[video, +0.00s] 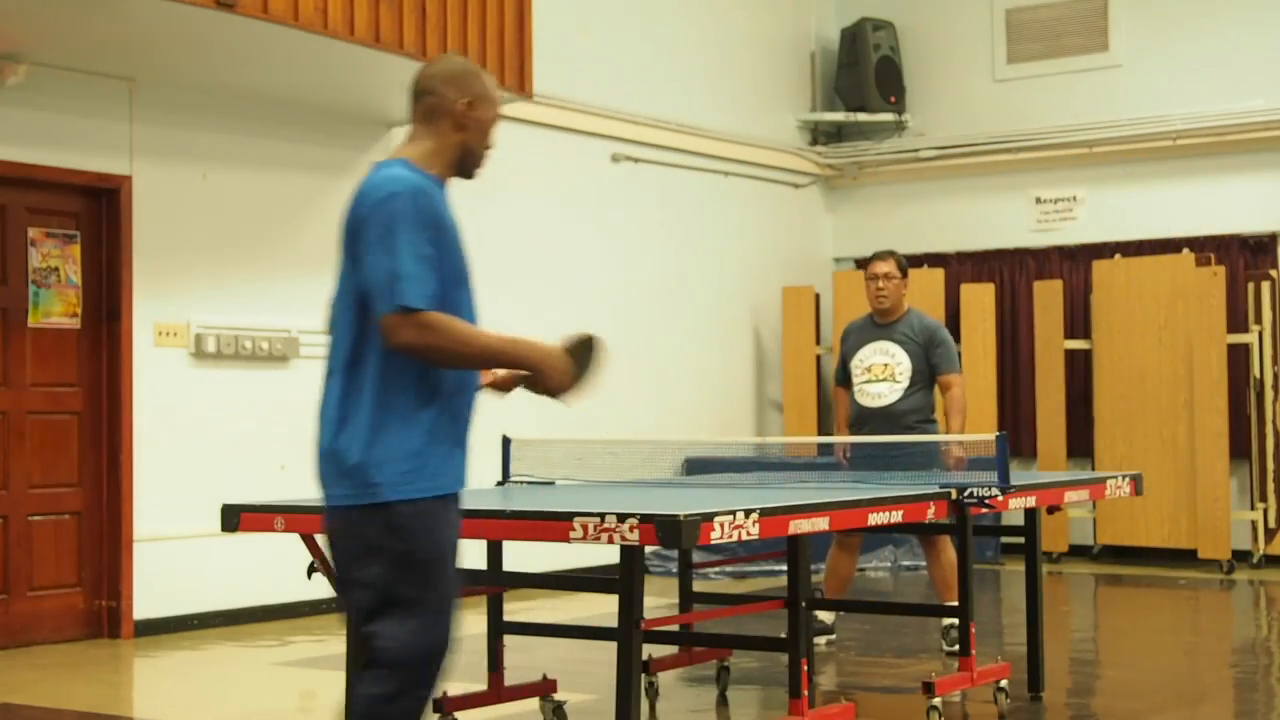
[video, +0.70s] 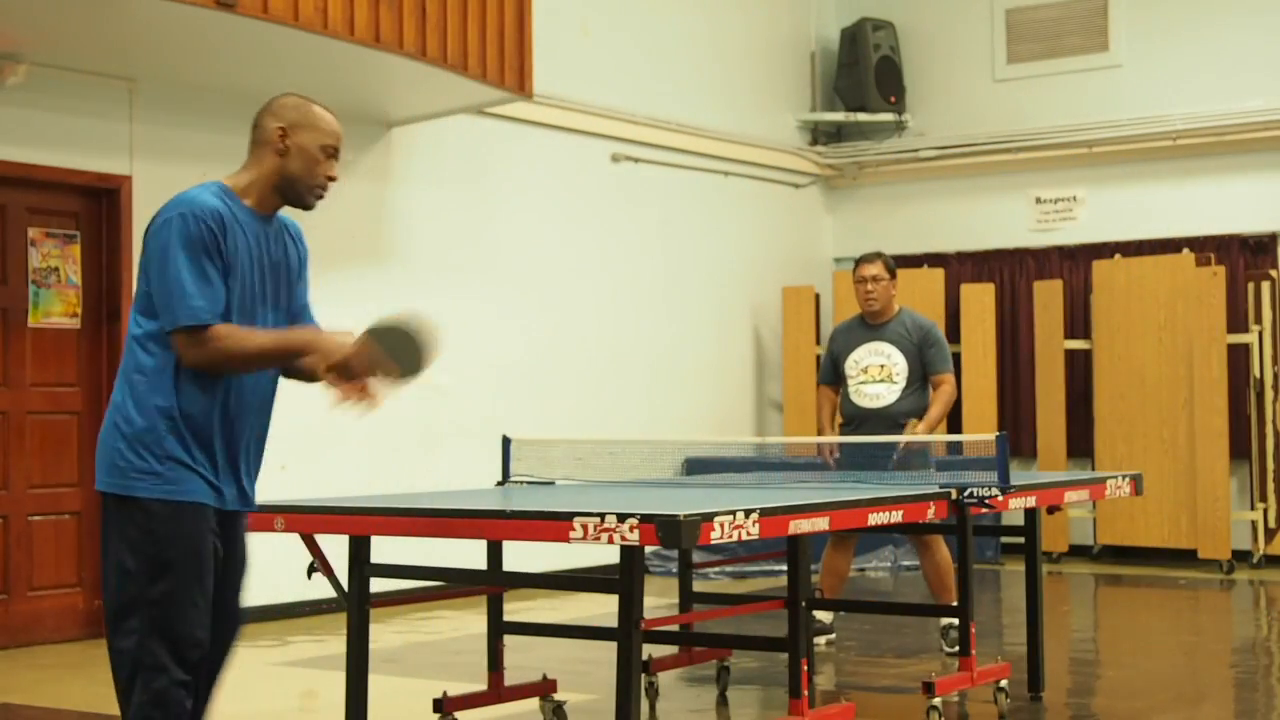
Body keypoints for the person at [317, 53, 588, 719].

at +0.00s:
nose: (493, 138)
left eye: (496, 123)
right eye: (492, 121)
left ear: (440, 112)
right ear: (458, 111)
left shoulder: (406, 191)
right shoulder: (400, 191)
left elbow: (399, 329)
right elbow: (405, 324)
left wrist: (479, 367)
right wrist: (532, 352)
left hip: (403, 478)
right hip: (392, 481)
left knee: (394, 664)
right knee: (400, 665)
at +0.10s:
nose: (465, 139)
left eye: (464, 125)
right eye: (460, 124)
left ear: (416, 121)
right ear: (429, 120)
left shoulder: (392, 203)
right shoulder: (358, 195)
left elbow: (371, 337)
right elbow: (340, 324)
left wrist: (440, 384)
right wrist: (465, 356)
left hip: (395, 493)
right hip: (348, 495)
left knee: (396, 669)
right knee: (348, 668)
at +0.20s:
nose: (436, 152)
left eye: (438, 138)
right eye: (434, 137)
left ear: (393, 132)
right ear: (405, 132)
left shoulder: (368, 217)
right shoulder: (320, 201)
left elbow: (340, 339)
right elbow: (274, 324)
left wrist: (406, 377)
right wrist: (386, 376)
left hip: (356, 493)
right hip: (287, 491)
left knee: (385, 641)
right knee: (263, 658)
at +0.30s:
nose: (416, 168)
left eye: (417, 153)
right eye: (414, 151)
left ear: (368, 145)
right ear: (380, 145)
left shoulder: (342, 233)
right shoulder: (282, 213)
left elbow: (319, 355)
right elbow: (217, 332)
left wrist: (408, 366)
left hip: (313, 493)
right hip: (232, 491)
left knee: (366, 622)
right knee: (214, 663)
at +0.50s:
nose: (370, 179)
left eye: (372, 164)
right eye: (364, 161)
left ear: (322, 150)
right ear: (319, 146)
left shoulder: (311, 243)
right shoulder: (214, 217)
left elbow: (316, 355)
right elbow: (170, 330)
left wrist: (416, 354)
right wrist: (177, 374)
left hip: (258, 482)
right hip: (174, 478)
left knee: (298, 618)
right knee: (172, 669)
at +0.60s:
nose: (348, 177)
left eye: (352, 162)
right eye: (341, 158)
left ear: (296, 145)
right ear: (293, 141)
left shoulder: (299, 243)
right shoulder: (198, 217)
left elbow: (309, 357)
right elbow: (174, 339)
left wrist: (378, 351)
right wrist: (231, 368)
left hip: (239, 480)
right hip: (160, 475)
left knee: (250, 634)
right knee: (167, 656)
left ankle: (216, 716)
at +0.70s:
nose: (334, 173)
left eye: (337, 159)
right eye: (327, 154)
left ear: (282, 147)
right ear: (280, 141)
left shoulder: (288, 240)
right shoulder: (193, 217)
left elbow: (283, 350)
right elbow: (198, 345)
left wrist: (335, 367)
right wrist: (316, 341)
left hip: (224, 477)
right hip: (156, 470)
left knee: (207, 649)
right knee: (164, 658)